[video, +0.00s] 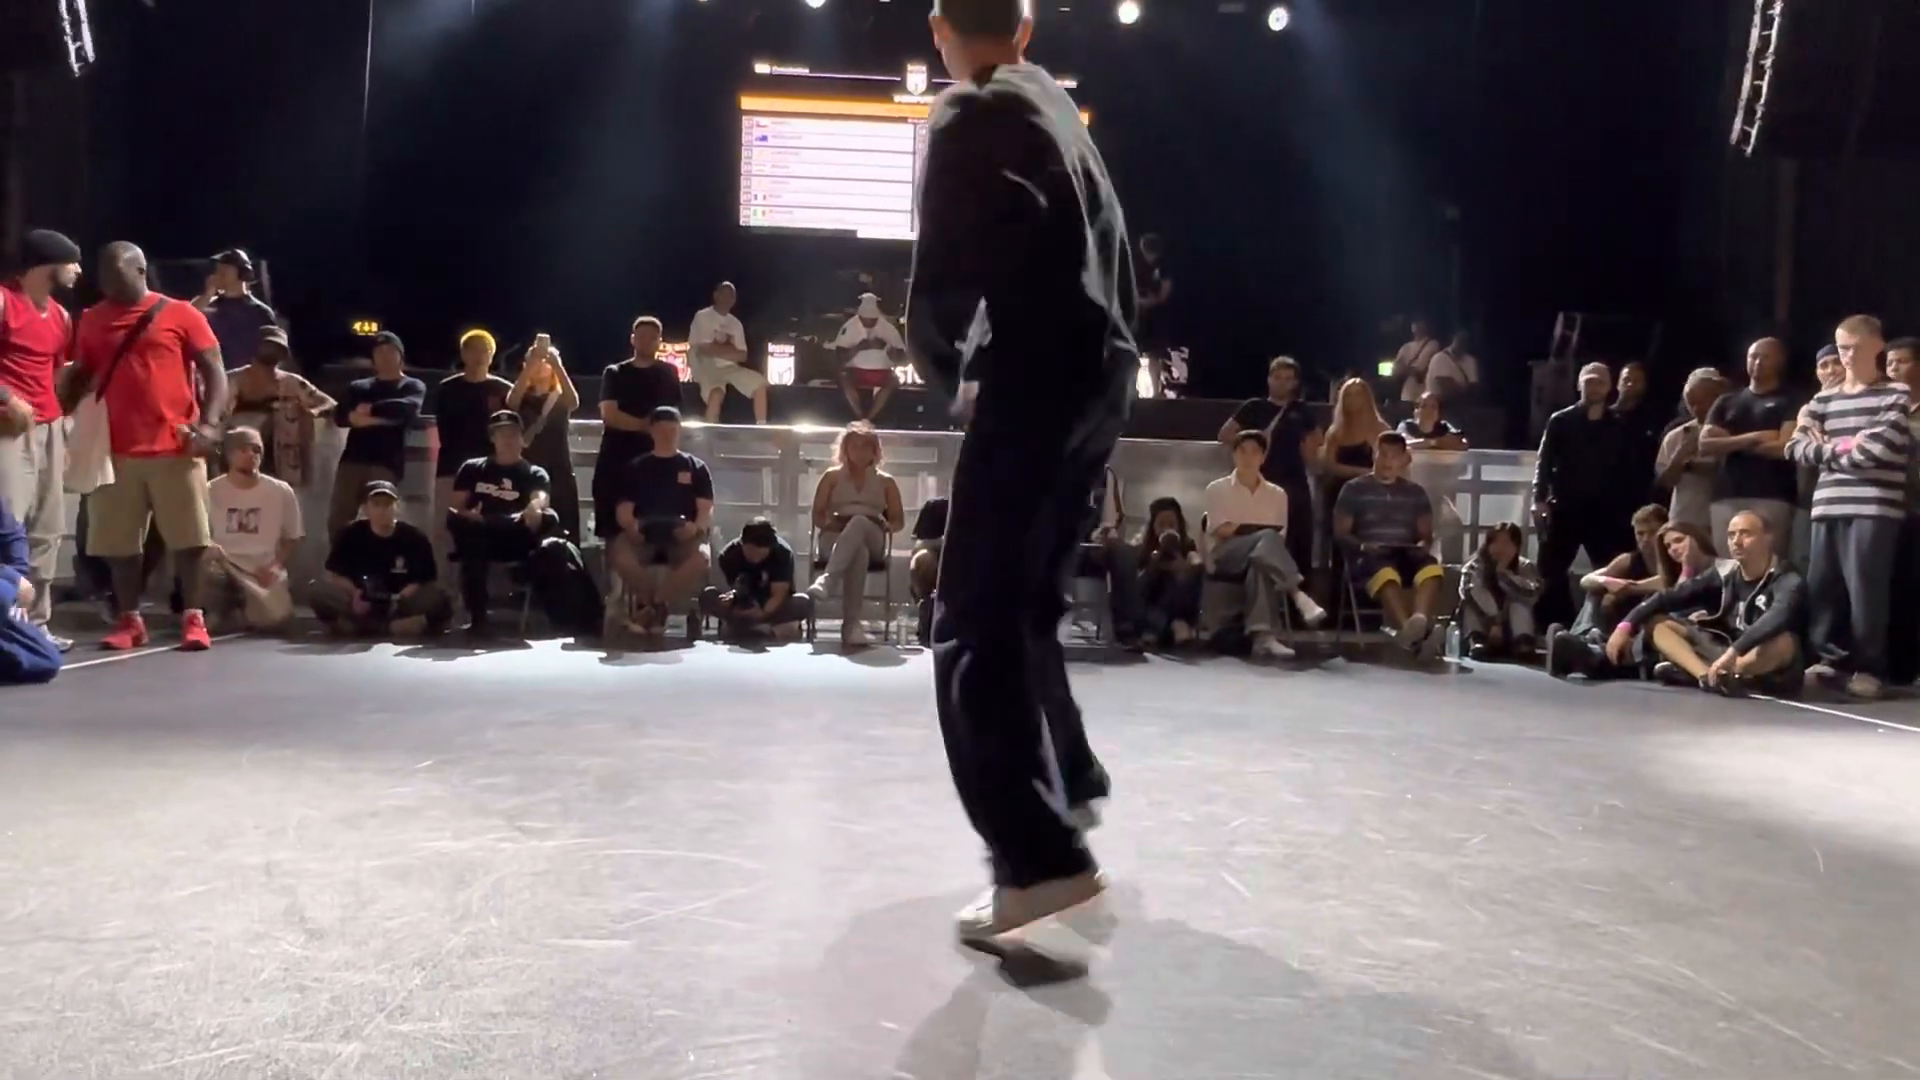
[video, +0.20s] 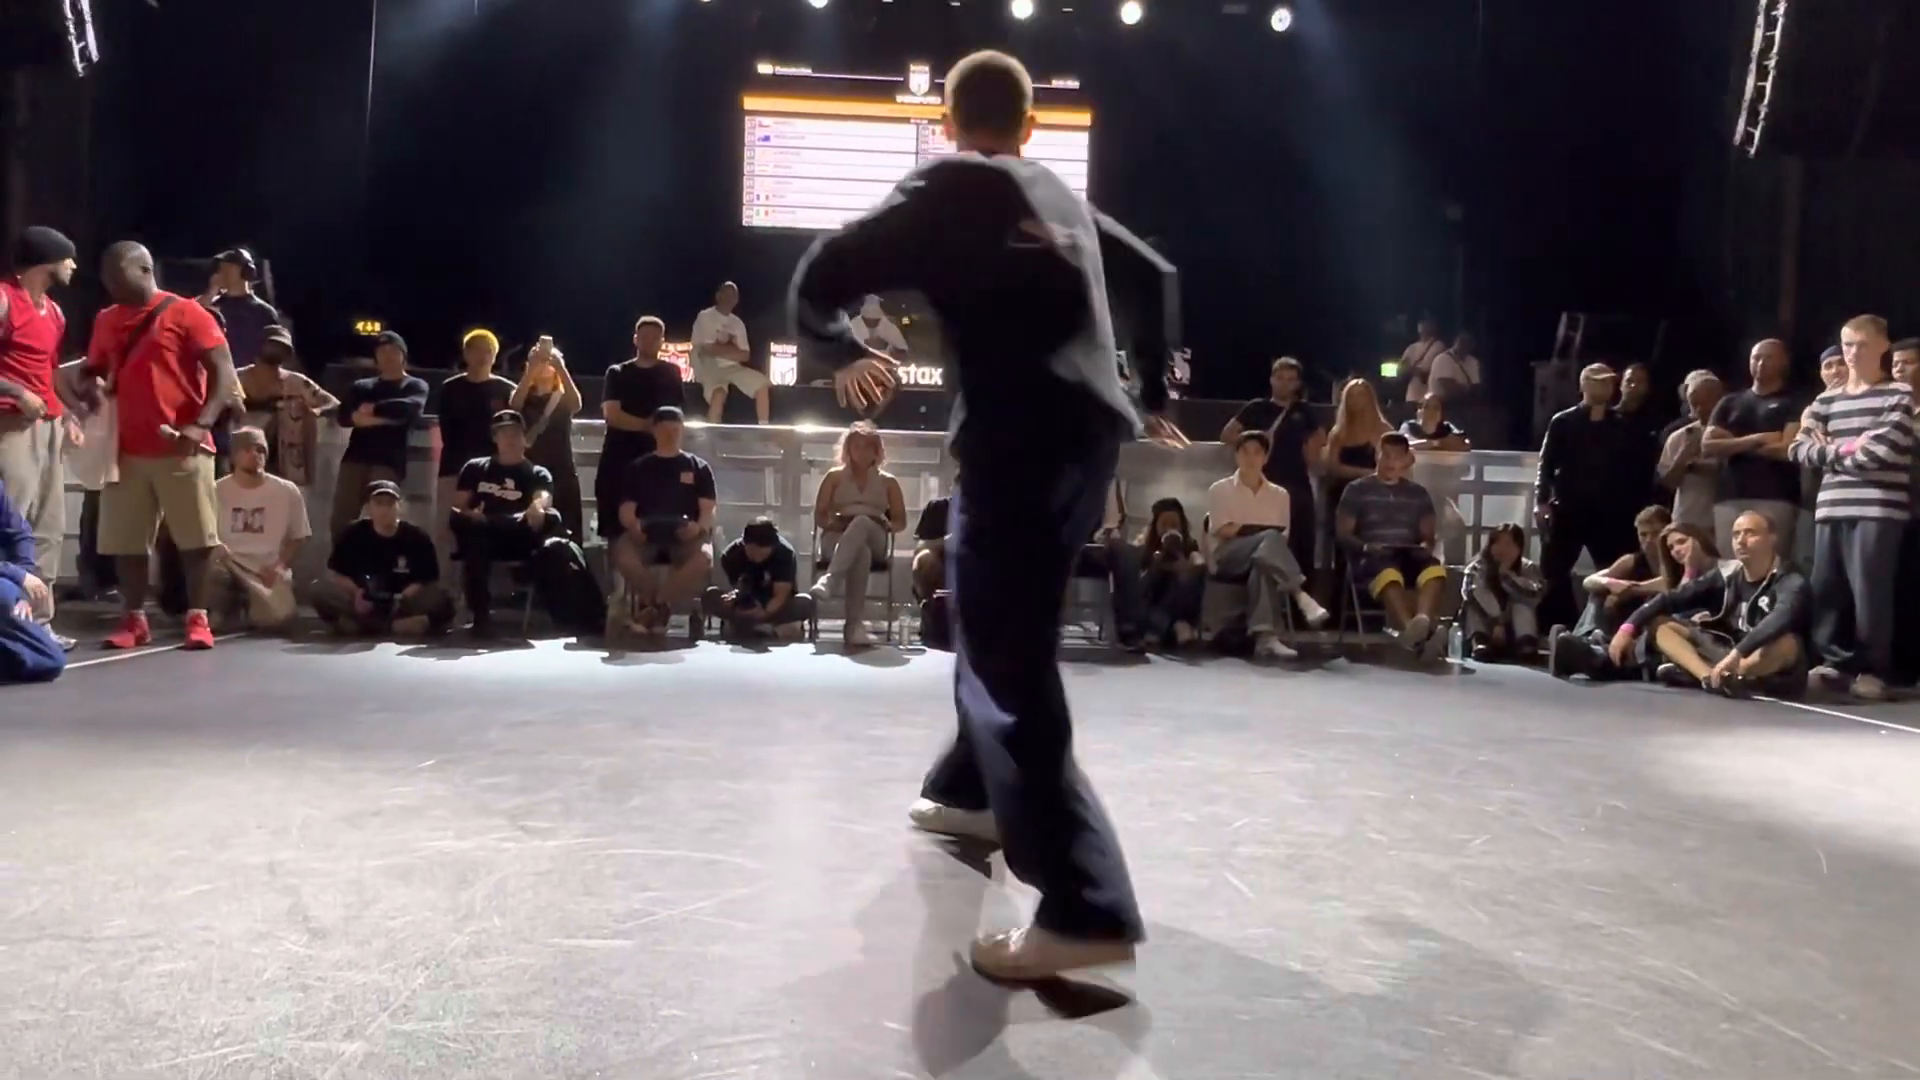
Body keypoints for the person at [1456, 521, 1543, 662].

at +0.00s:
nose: (1500, 548)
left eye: (1506, 543)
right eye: (1495, 543)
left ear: (1516, 548)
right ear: (1488, 545)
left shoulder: (1525, 567)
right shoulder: (1474, 567)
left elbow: (1531, 593)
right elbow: (1471, 592)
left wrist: (1503, 573)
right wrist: (1493, 620)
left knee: (1519, 603)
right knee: (1471, 603)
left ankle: (1524, 642)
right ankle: (1476, 641)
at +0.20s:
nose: (1502, 550)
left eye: (1509, 545)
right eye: (1497, 544)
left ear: (1519, 550)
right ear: (1490, 546)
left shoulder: (1528, 568)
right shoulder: (1477, 568)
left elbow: (1535, 594)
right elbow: (1473, 593)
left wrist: (1506, 574)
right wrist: (1495, 622)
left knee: (1521, 603)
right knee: (1474, 604)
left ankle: (1527, 643)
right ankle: (1479, 642)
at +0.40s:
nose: (1504, 550)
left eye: (1511, 545)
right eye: (1499, 544)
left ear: (1521, 550)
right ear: (1493, 547)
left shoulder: (1531, 569)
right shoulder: (1479, 569)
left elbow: (1537, 595)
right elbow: (1475, 594)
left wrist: (1508, 575)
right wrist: (1498, 622)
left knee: (1523, 605)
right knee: (1475, 605)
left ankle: (1529, 644)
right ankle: (1480, 643)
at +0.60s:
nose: (1506, 549)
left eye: (1513, 544)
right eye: (1502, 543)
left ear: (1524, 549)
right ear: (1495, 546)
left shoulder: (1533, 568)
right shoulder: (1482, 566)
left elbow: (1540, 593)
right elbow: (1478, 591)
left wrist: (1510, 574)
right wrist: (1500, 621)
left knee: (1526, 602)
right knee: (1479, 601)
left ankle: (1531, 642)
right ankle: (1483, 641)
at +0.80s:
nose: (1510, 548)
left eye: (1517, 543)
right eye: (1505, 542)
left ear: (1527, 549)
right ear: (1498, 545)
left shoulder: (1536, 567)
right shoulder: (1485, 566)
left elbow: (1543, 593)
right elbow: (1480, 590)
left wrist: (1515, 574)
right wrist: (1503, 621)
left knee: (1529, 601)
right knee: (1483, 599)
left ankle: (1534, 641)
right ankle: (1486, 641)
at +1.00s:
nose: (1513, 546)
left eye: (1520, 542)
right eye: (1508, 540)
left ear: (1530, 547)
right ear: (1501, 543)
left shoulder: (1539, 565)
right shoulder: (1488, 564)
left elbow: (1546, 591)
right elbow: (1483, 589)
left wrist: (1517, 573)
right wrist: (1506, 619)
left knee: (1532, 599)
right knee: (1486, 597)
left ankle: (1536, 638)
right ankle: (1488, 638)